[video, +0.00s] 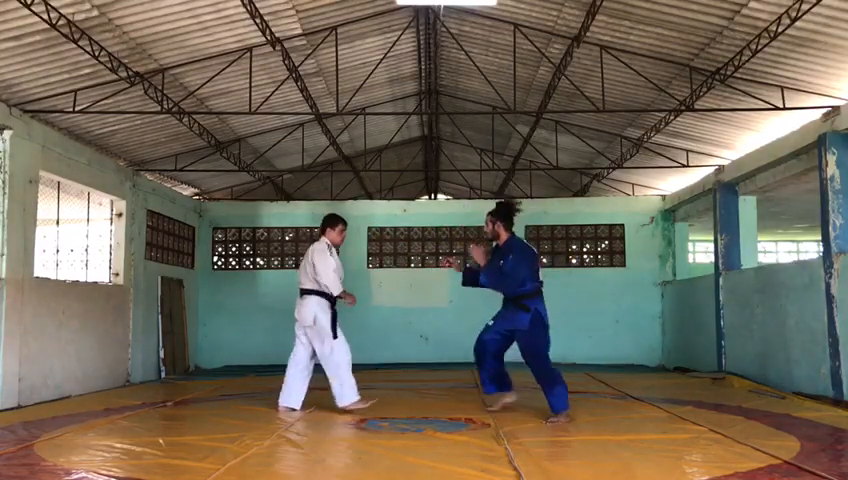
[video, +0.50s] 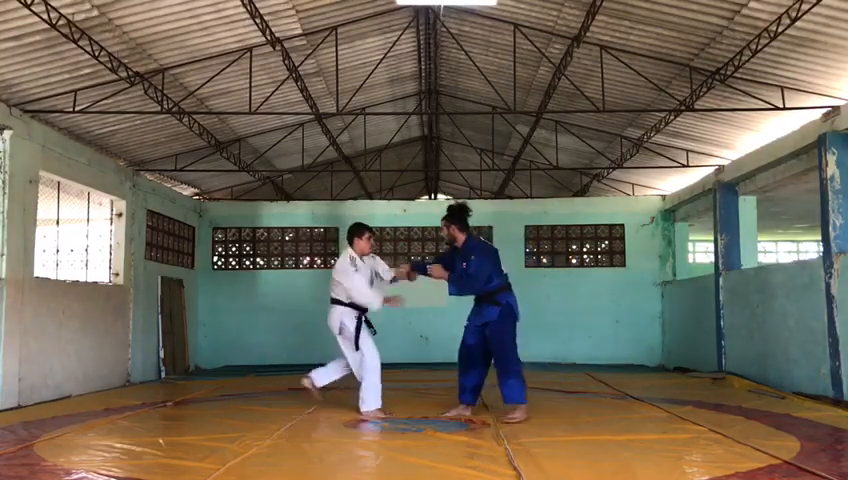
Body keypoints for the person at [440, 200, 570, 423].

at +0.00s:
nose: (485, 229)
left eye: (487, 224)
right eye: (486, 225)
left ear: (497, 225)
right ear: (500, 225)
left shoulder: (522, 250)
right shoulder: (499, 251)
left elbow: (507, 283)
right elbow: (489, 278)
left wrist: (484, 264)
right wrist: (460, 269)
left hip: (530, 310)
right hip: (510, 309)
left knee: (537, 359)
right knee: (485, 346)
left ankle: (561, 410)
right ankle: (505, 392)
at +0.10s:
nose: (478, 229)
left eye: (480, 225)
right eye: (478, 225)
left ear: (491, 225)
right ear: (493, 225)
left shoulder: (517, 249)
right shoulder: (492, 251)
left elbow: (505, 284)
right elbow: (485, 279)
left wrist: (477, 267)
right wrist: (456, 273)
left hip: (527, 309)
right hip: (506, 308)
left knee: (536, 359)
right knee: (484, 348)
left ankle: (558, 411)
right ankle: (480, 400)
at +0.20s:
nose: (468, 231)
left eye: (470, 227)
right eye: (468, 227)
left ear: (481, 227)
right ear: (483, 228)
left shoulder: (506, 251)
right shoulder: (482, 253)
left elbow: (496, 285)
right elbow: (475, 279)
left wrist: (467, 270)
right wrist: (445, 274)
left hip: (521, 309)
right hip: (500, 309)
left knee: (534, 358)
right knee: (481, 354)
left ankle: (557, 410)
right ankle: (468, 404)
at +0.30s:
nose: (456, 235)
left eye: (458, 231)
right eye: (457, 231)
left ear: (469, 232)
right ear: (472, 232)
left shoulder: (494, 255)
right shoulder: (471, 257)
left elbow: (485, 288)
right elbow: (459, 280)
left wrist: (455, 274)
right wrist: (429, 274)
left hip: (511, 310)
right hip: (490, 310)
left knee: (523, 359)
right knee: (470, 353)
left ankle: (553, 408)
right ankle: (466, 405)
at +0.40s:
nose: (447, 236)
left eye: (449, 231)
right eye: (447, 231)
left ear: (459, 232)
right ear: (464, 231)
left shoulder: (486, 254)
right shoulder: (462, 256)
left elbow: (477, 288)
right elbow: (451, 277)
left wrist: (447, 276)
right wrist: (424, 277)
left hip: (504, 307)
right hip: (484, 307)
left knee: (508, 351)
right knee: (468, 351)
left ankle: (540, 398)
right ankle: (464, 405)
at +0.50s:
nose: (444, 233)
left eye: (445, 228)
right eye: (443, 228)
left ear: (453, 228)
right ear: (458, 227)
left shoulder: (481, 249)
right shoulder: (457, 251)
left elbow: (477, 283)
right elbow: (438, 266)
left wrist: (447, 276)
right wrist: (413, 268)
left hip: (501, 305)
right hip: (481, 305)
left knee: (504, 353)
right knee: (470, 352)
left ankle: (520, 406)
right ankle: (465, 405)